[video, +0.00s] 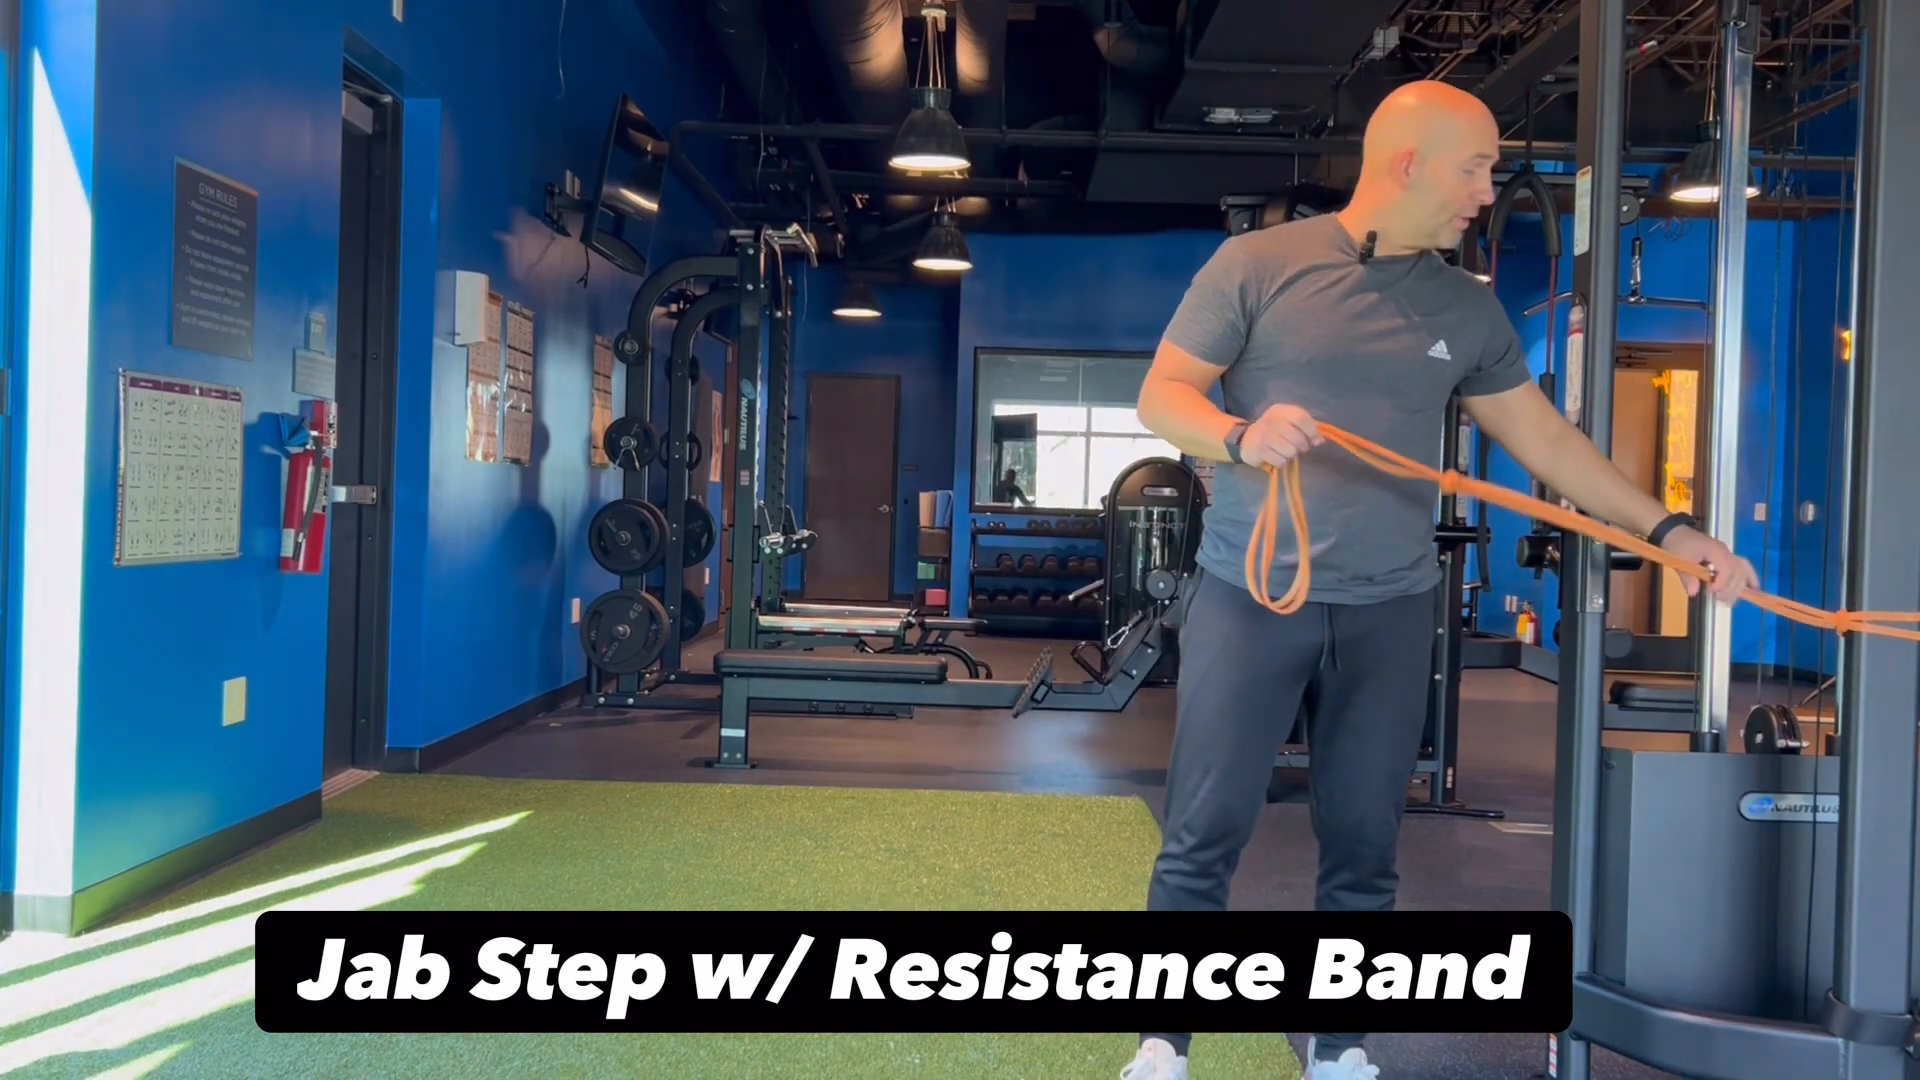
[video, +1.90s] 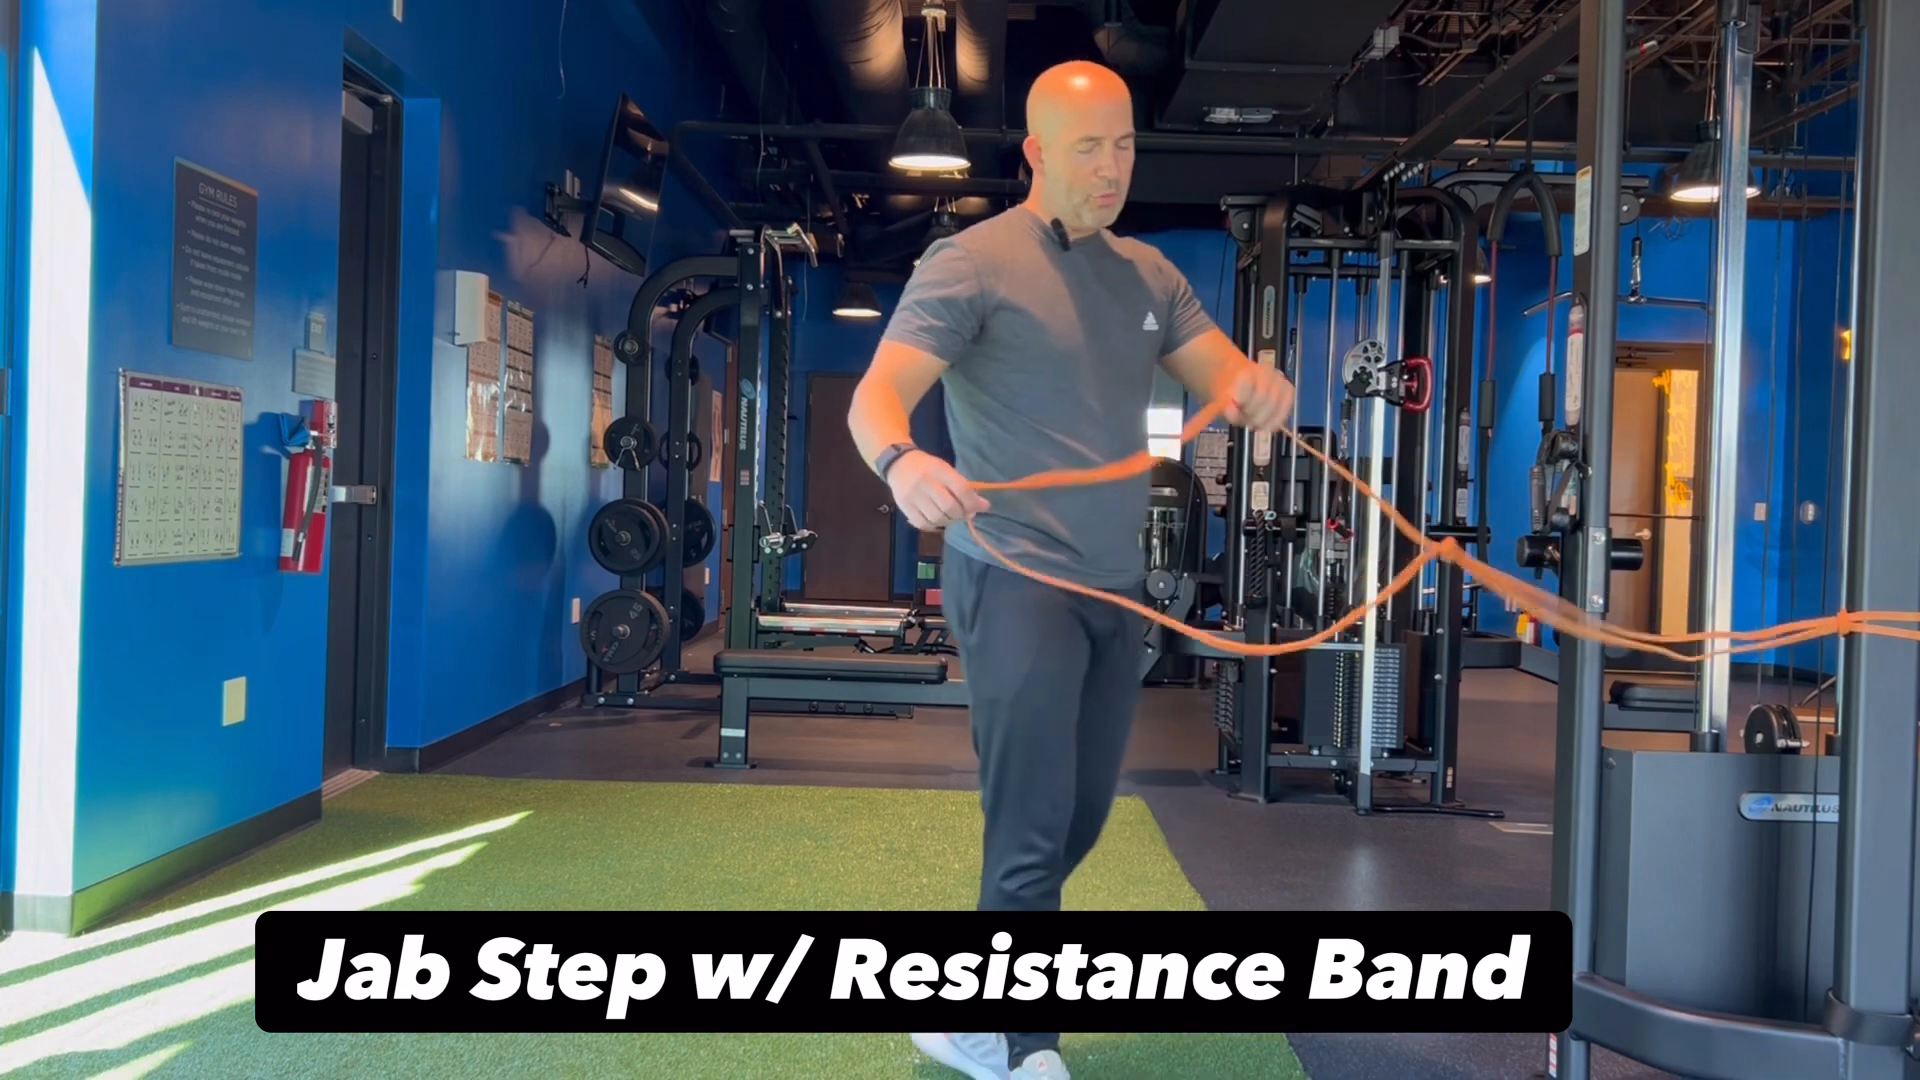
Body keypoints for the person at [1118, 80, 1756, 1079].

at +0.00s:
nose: (1488, 193)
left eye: (1492, 173)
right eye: (1475, 170)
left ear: (1421, 173)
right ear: (1401, 166)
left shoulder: (1468, 309)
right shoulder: (1254, 263)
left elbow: (1551, 443)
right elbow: (1163, 395)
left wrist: (1669, 531)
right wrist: (1238, 433)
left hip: (1391, 603)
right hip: (1248, 592)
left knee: (1363, 848)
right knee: (1202, 834)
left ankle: (1333, 1045)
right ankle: (1161, 1043)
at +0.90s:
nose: (1439, 211)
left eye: (1462, 194)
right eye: (1425, 183)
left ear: (1480, 197)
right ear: (1379, 165)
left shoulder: (1474, 322)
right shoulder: (1268, 262)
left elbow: (1524, 458)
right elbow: (1165, 389)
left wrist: (1515, 493)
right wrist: (1232, 413)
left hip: (1382, 606)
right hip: (1242, 589)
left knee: (1360, 844)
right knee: (1196, 809)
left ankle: (1329, 1038)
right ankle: (1132, 1024)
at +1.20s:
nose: (1324, 199)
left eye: (1345, 181)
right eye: (1305, 176)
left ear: (1368, 184)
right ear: (1262, 167)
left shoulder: (1391, 301)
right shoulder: (1179, 277)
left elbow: (1444, 437)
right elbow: (1092, 416)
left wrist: (1408, 439)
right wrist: (1180, 435)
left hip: (1329, 607)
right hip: (1188, 598)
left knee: (1335, 848)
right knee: (1126, 827)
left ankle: (1331, 1045)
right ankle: (1047, 1041)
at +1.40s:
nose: (1230, 200)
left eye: (1249, 176)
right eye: (1208, 176)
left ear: (1268, 168)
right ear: (1161, 166)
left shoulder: (1290, 286)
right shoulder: (1084, 274)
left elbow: (1348, 421)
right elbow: (1000, 423)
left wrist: (1349, 446)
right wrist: (1078, 468)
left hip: (1248, 602)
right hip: (1113, 598)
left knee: (1290, 838)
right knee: (1075, 843)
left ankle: (1322, 1043)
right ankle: (1042, 1048)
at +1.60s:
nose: (1171, 183)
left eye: (1185, 158)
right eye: (1148, 161)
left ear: (1199, 155)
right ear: (1094, 156)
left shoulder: (1219, 273)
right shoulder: (1022, 268)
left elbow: (1286, 386)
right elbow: (932, 407)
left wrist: (1334, 431)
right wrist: (960, 479)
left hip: (1192, 589)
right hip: (1065, 584)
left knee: (1204, 819)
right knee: (1050, 837)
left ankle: (1166, 1028)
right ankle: (1041, 1045)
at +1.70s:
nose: (1148, 173)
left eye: (1161, 150)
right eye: (1125, 153)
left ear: (1172, 150)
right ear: (1069, 152)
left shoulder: (1191, 269)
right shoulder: (1002, 263)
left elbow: (1267, 382)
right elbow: (912, 403)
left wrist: (1323, 418)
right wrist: (927, 478)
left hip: (1165, 582)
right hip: (1050, 574)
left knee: (1158, 808)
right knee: (1044, 826)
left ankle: (1075, 1006)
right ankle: (1033, 1042)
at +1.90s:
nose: (1114, 167)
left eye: (1124, 146)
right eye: (1091, 148)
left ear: (1134, 151)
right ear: (1034, 154)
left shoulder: (1149, 274)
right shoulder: (974, 261)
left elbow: (1236, 389)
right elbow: (875, 397)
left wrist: (1266, 386)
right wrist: (901, 460)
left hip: (1120, 579)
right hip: (1017, 570)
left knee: (1078, 819)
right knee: (1032, 826)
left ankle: (965, 1020)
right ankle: (1020, 1044)